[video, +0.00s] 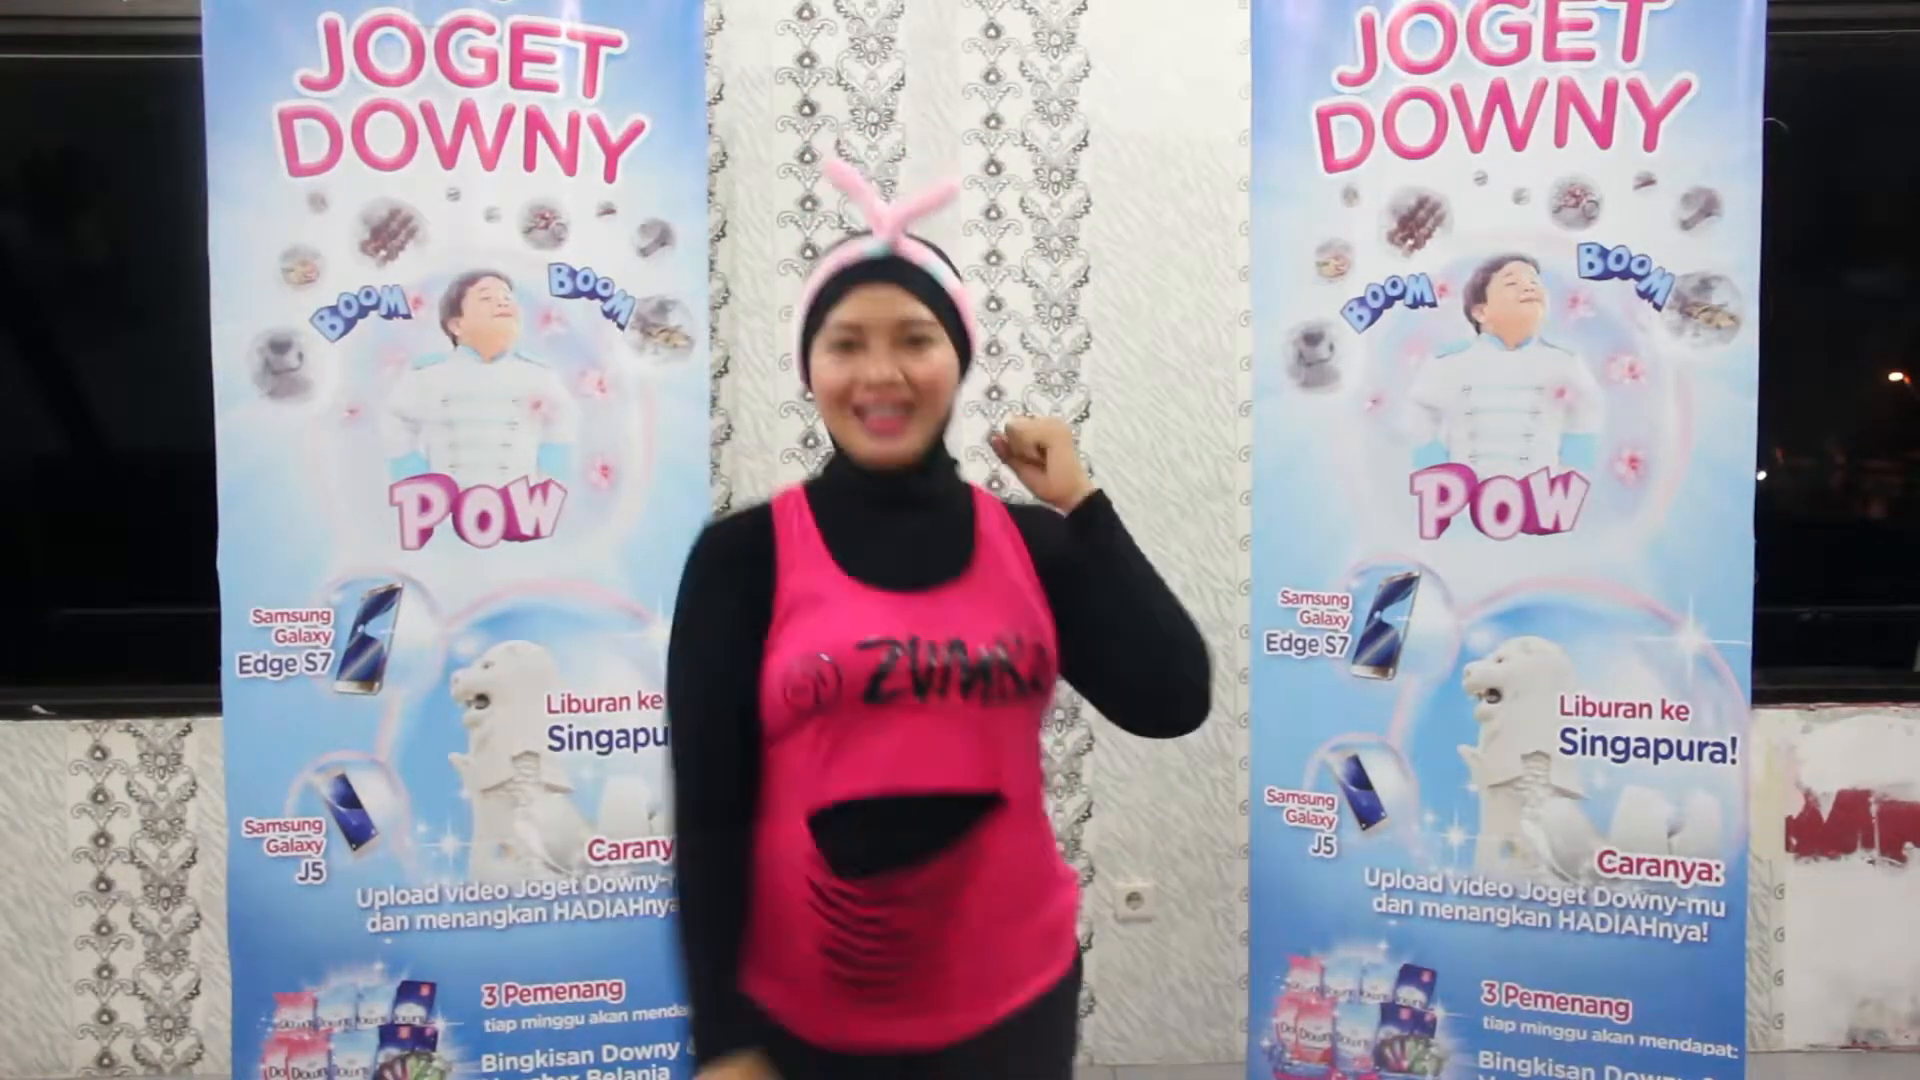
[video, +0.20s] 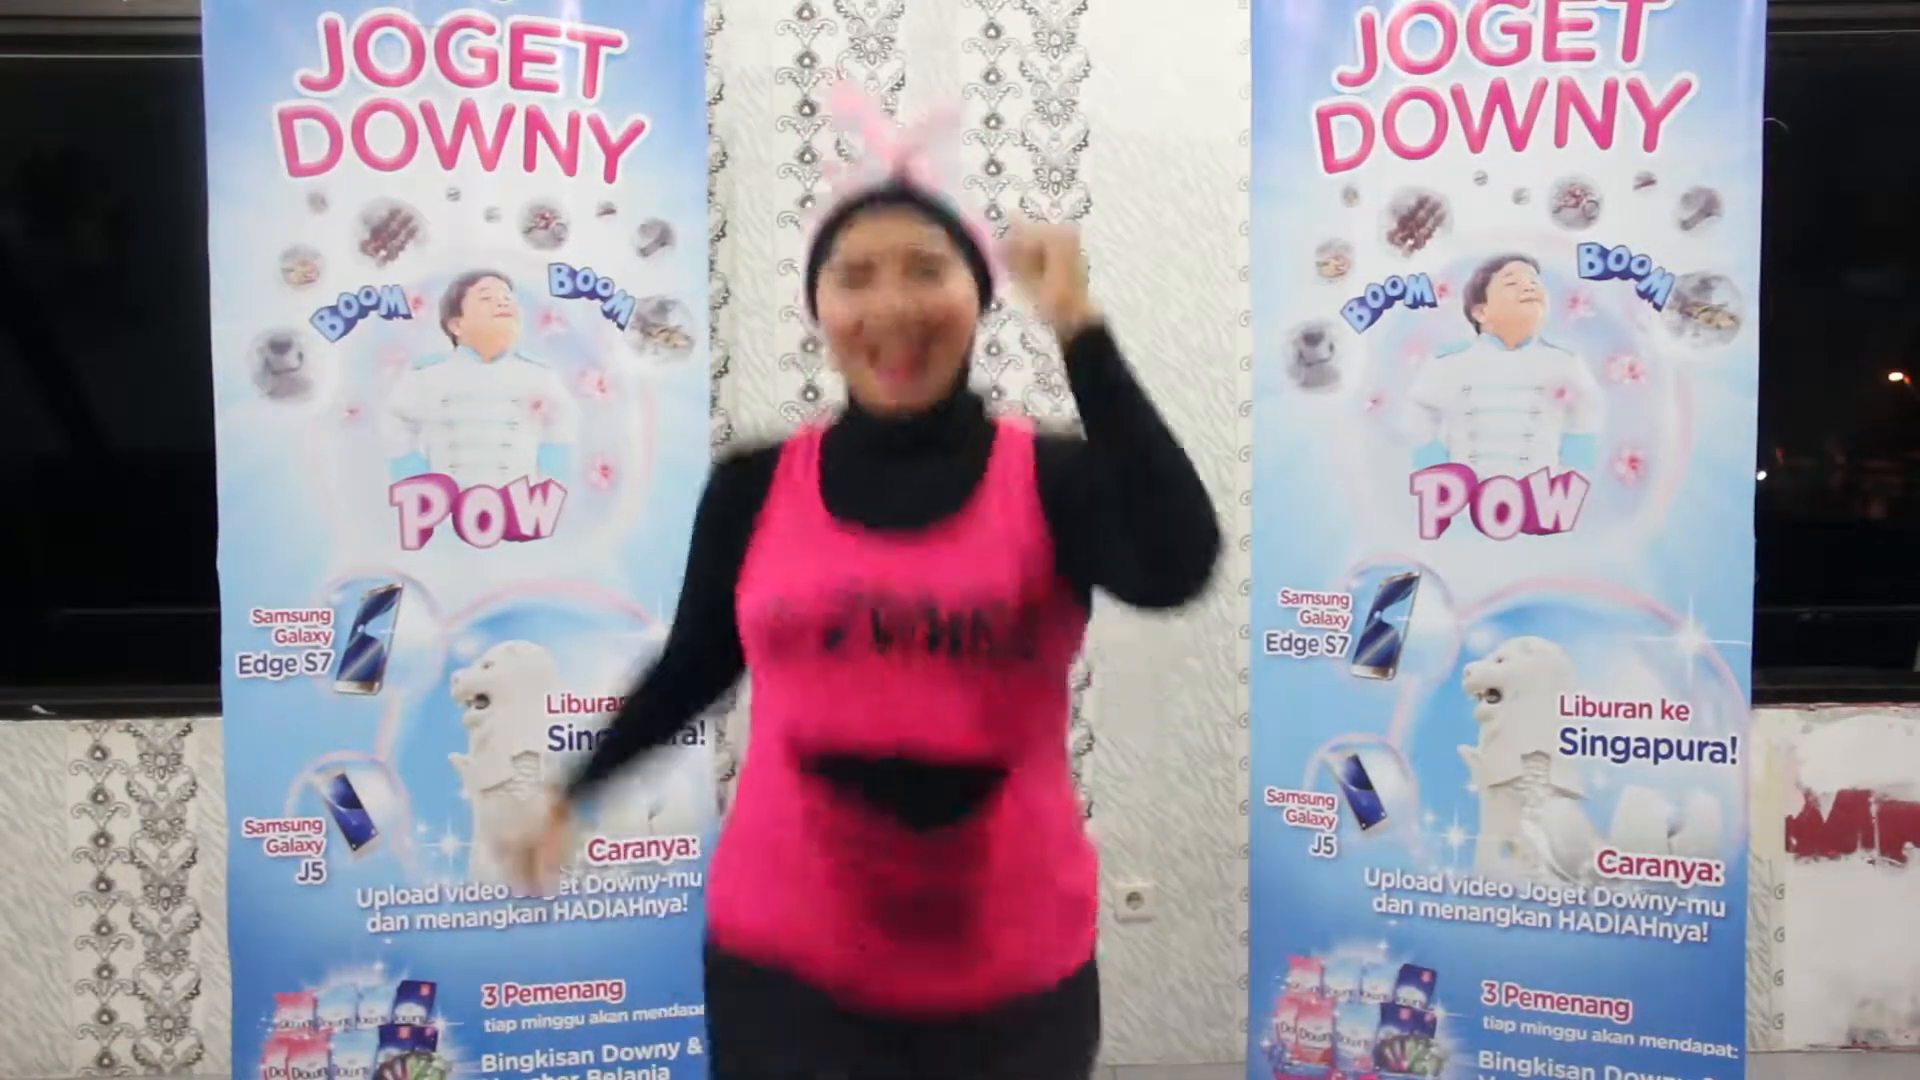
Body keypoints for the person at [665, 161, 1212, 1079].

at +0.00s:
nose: (881, 373)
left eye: (913, 341)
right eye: (847, 344)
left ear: (960, 366)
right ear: (810, 372)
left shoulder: (1029, 543)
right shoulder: (743, 556)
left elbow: (1173, 704)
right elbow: (710, 804)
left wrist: (1082, 505)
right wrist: (720, 1031)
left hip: (1005, 1011)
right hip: (805, 1015)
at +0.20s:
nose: (893, 303)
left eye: (924, 270)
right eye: (856, 276)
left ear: (979, 300)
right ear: (817, 315)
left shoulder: (1050, 473)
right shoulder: (754, 491)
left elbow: (1176, 561)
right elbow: (697, 664)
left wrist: (1080, 331)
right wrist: (571, 791)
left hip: (1009, 970)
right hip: (798, 962)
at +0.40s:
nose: (875, 275)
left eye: (909, 232)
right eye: (839, 244)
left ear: (976, 238)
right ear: (806, 265)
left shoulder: (1076, 411)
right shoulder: (776, 414)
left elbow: (1112, 623)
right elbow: (565, 489)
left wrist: (1039, 777)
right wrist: (613, 266)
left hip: (1012, 868)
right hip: (795, 861)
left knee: (1032, 1058)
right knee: (881, 1045)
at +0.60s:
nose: (851, 361)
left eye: (887, 317)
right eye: (815, 332)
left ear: (958, 331)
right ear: (787, 365)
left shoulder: (1084, 551)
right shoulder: (768, 518)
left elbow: (1151, 820)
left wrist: (1240, 1042)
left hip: (1053, 1004)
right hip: (813, 994)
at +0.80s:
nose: (861, 283)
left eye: (898, 243)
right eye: (825, 259)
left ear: (973, 265)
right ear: (800, 296)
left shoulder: (1091, 458)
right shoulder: (774, 451)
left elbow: (1222, 657)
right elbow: (682, 339)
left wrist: (1322, 849)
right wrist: (767, 94)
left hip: (1020, 985)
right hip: (789, 972)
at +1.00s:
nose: (887, 316)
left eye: (926, 284)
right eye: (854, 289)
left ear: (984, 314)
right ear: (816, 322)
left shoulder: (1061, 507)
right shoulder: (749, 498)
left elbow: (1111, 714)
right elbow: (763, 602)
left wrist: (1154, 908)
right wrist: (802, 692)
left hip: (1017, 983)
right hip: (801, 983)